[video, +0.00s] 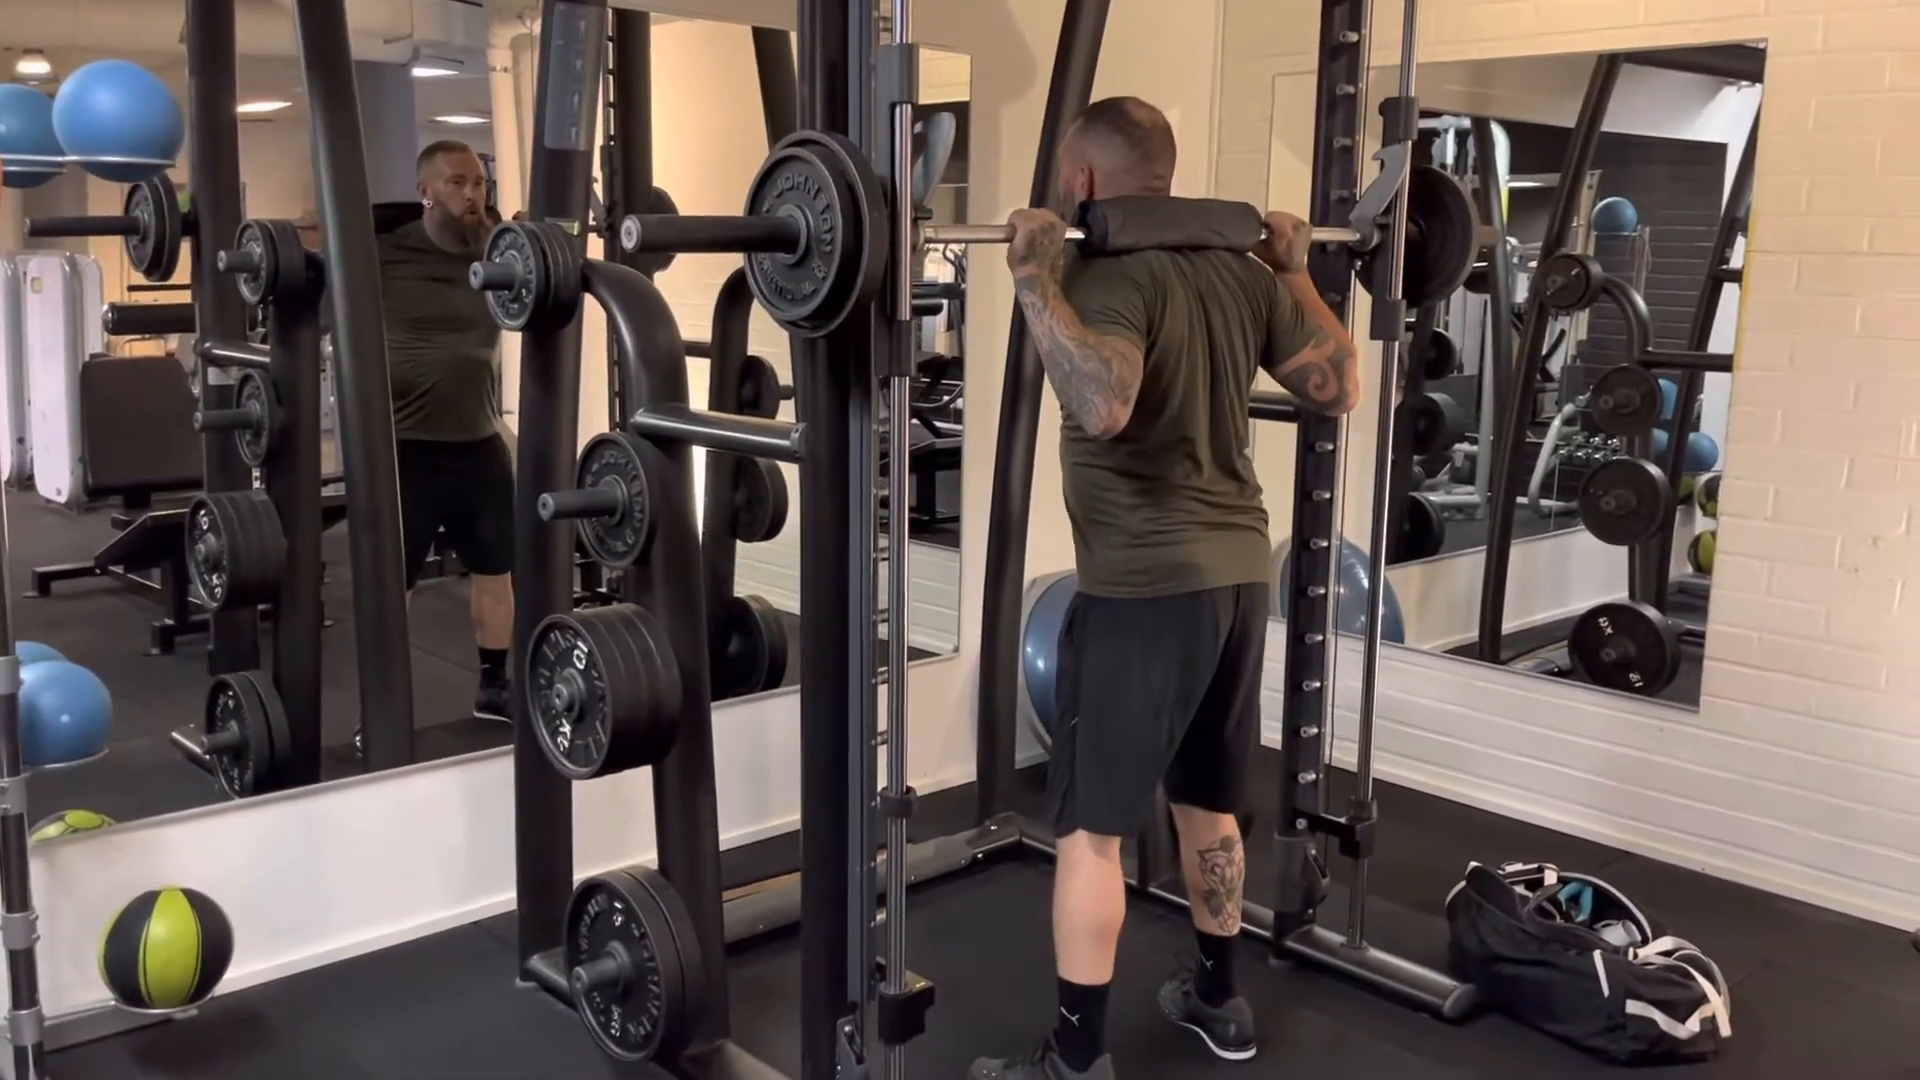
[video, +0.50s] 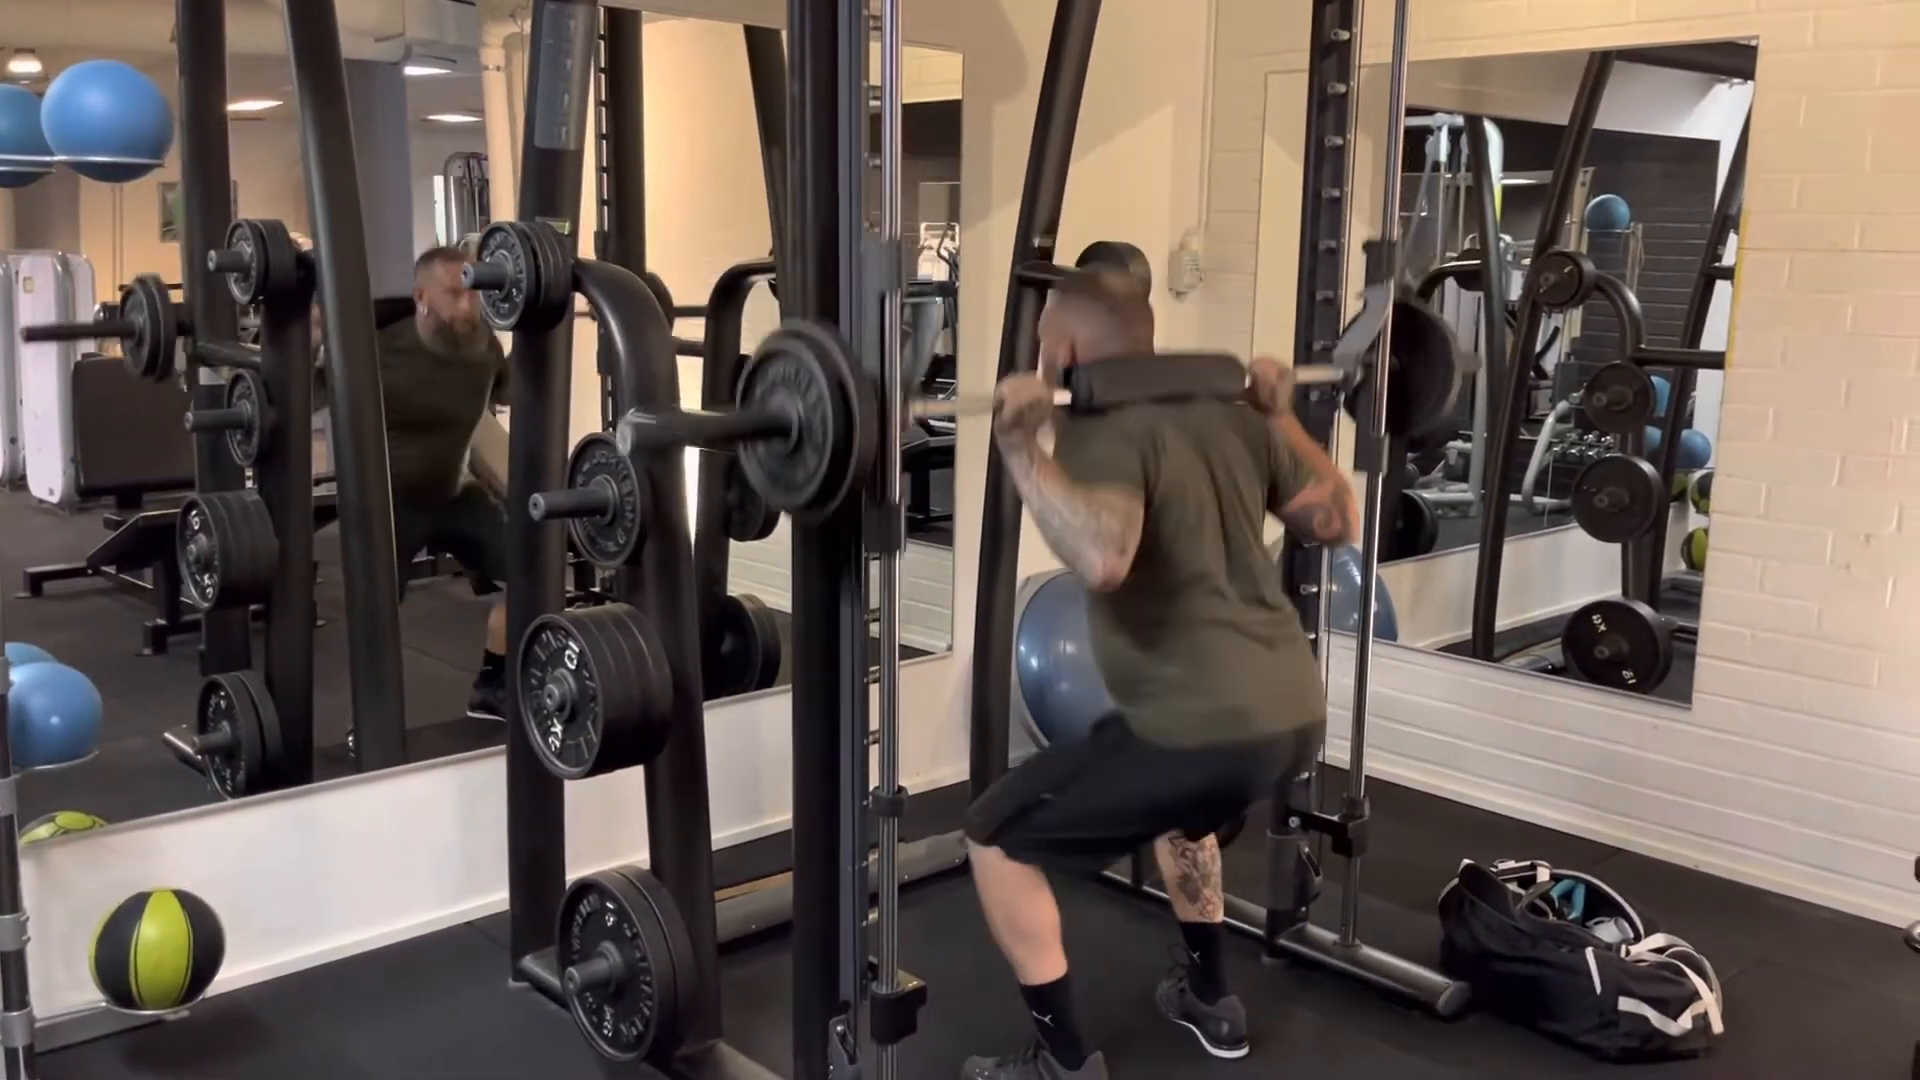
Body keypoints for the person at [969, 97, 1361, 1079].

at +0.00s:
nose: (1059, 195)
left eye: (1063, 179)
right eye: (1062, 180)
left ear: (1089, 175)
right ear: (1169, 173)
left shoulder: (1115, 269)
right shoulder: (1241, 266)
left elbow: (1103, 404)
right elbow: (1333, 386)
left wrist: (1034, 277)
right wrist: (1295, 270)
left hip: (1144, 587)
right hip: (1241, 576)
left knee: (1095, 820)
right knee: (1206, 787)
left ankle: (1077, 1050)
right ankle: (1219, 1000)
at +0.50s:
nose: (1043, 347)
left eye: (1047, 330)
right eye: (1046, 328)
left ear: (1071, 337)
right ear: (1140, 333)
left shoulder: (1106, 423)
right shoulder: (1233, 412)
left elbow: (1102, 556)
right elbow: (1337, 517)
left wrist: (1023, 451)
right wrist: (1279, 413)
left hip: (1193, 733)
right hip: (1292, 719)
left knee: (996, 834)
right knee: (1178, 813)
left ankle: (1062, 1050)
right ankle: (1213, 998)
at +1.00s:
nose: (1036, 551)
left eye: (1037, 533)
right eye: (1035, 532)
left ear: (1063, 544)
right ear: (1138, 529)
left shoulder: (1099, 620)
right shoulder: (1221, 597)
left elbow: (1094, 762)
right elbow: (1329, 697)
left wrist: (1009, 648)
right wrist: (1267, 589)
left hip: (1208, 920)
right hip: (1305, 898)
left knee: (977, 838)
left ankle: (1057, 1055)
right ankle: (1209, 1007)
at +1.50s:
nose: (1036, 450)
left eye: (1038, 436)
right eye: (1034, 436)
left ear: (1060, 445)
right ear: (1139, 431)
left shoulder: (1097, 526)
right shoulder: (1222, 511)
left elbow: (1091, 656)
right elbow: (1328, 609)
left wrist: (1008, 546)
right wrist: (1267, 503)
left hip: (1203, 819)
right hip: (1304, 801)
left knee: (985, 845)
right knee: (1159, 791)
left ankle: (1053, 1055)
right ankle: (1203, 1000)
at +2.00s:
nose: (1041, 211)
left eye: (1044, 195)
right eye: (1045, 196)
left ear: (1069, 194)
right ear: (1148, 192)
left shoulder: (1099, 283)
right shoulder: (1225, 279)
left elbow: (1084, 413)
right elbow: (1317, 398)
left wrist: (1010, 289)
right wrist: (1275, 285)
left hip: (1151, 600)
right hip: (1250, 591)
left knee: (1075, 832)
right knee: (1203, 794)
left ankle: (1062, 1063)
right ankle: (1212, 1012)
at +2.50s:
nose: (1042, 214)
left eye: (1044, 199)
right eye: (1045, 200)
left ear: (1067, 195)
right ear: (1147, 191)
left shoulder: (1095, 283)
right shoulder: (1225, 281)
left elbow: (1081, 414)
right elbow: (1315, 402)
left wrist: (1009, 291)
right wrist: (1273, 293)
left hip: (1135, 604)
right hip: (1234, 592)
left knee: (1072, 840)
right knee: (1197, 806)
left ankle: (1061, 1065)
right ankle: (1209, 1016)